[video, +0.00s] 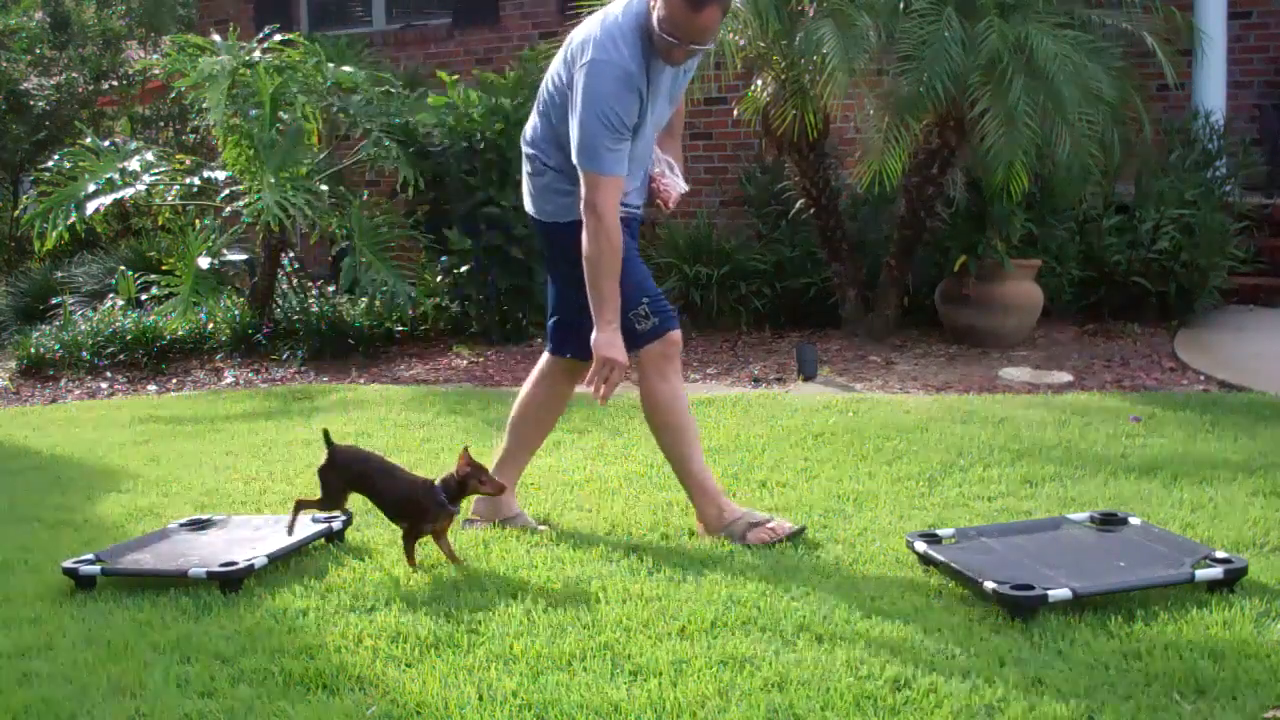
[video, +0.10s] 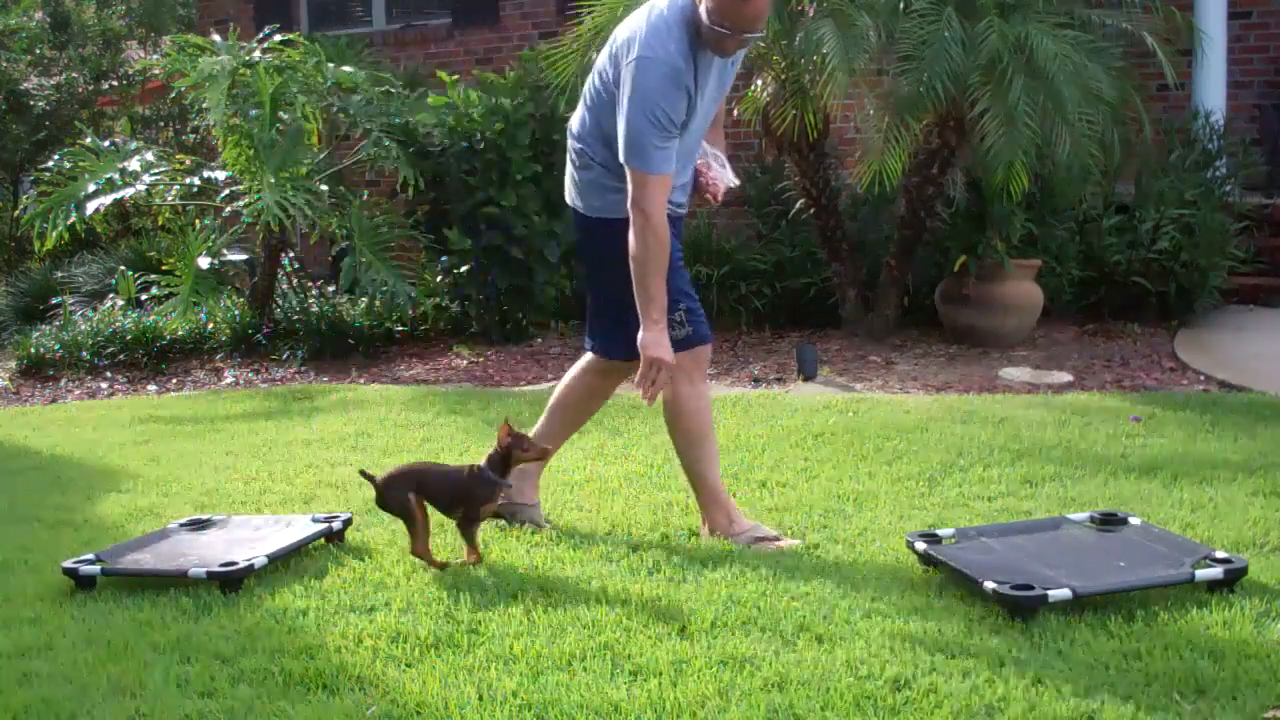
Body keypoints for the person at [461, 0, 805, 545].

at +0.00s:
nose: (689, 56)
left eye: (702, 46)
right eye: (678, 42)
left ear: (718, 21)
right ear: (655, 13)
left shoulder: (697, 33)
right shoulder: (608, 63)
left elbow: (669, 94)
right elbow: (597, 209)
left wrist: (667, 158)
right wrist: (607, 327)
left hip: (616, 198)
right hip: (567, 205)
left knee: (568, 353)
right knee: (658, 340)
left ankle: (494, 495)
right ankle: (715, 512)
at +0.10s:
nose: (735, 45)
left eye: (749, 34)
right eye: (723, 30)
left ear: (764, 18)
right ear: (699, 6)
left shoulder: (738, 26)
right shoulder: (656, 57)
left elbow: (714, 92)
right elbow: (645, 209)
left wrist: (710, 153)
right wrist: (653, 325)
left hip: (659, 197)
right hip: (610, 203)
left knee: (614, 353)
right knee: (688, 348)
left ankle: (517, 478)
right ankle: (721, 522)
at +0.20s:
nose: (787, 36)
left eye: (799, 25)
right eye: (777, 23)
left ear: (809, 13)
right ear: (751, 5)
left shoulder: (784, 21)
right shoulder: (704, 50)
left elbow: (759, 87)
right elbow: (696, 204)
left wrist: (758, 146)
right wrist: (705, 319)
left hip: (711, 184)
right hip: (651, 193)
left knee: (713, 345)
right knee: (709, 354)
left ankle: (584, 431)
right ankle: (722, 521)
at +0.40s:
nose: (895, 3)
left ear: (877, 1)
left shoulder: (861, 16)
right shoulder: (797, 29)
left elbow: (826, 72)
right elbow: (798, 182)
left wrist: (839, 124)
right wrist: (817, 303)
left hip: (803, 173)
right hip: (736, 186)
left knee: (887, 295)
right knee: (759, 355)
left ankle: (840, 467)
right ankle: (728, 518)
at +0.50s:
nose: (939, 6)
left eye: (942, 1)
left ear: (924, 0)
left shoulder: (909, 12)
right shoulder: (847, 26)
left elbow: (887, 71)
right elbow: (852, 183)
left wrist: (895, 126)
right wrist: (871, 302)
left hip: (855, 176)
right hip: (785, 183)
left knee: (930, 319)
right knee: (789, 359)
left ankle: (999, 483)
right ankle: (729, 514)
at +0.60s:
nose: (995, 6)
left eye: (998, 1)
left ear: (982, 1)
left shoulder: (967, 18)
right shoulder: (900, 27)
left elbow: (940, 86)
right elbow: (906, 186)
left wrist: (950, 137)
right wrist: (927, 304)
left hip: (916, 194)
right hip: (848, 202)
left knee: (983, 338)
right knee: (840, 366)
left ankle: (1039, 502)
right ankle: (744, 504)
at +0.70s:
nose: (1054, 8)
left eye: (1059, 2)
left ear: (1051, 5)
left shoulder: (1028, 21)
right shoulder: (956, 31)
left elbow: (1009, 88)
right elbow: (960, 190)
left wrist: (1012, 145)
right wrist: (983, 307)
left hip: (974, 187)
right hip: (902, 193)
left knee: (1039, 330)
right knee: (932, 366)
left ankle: (1059, 500)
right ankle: (784, 471)